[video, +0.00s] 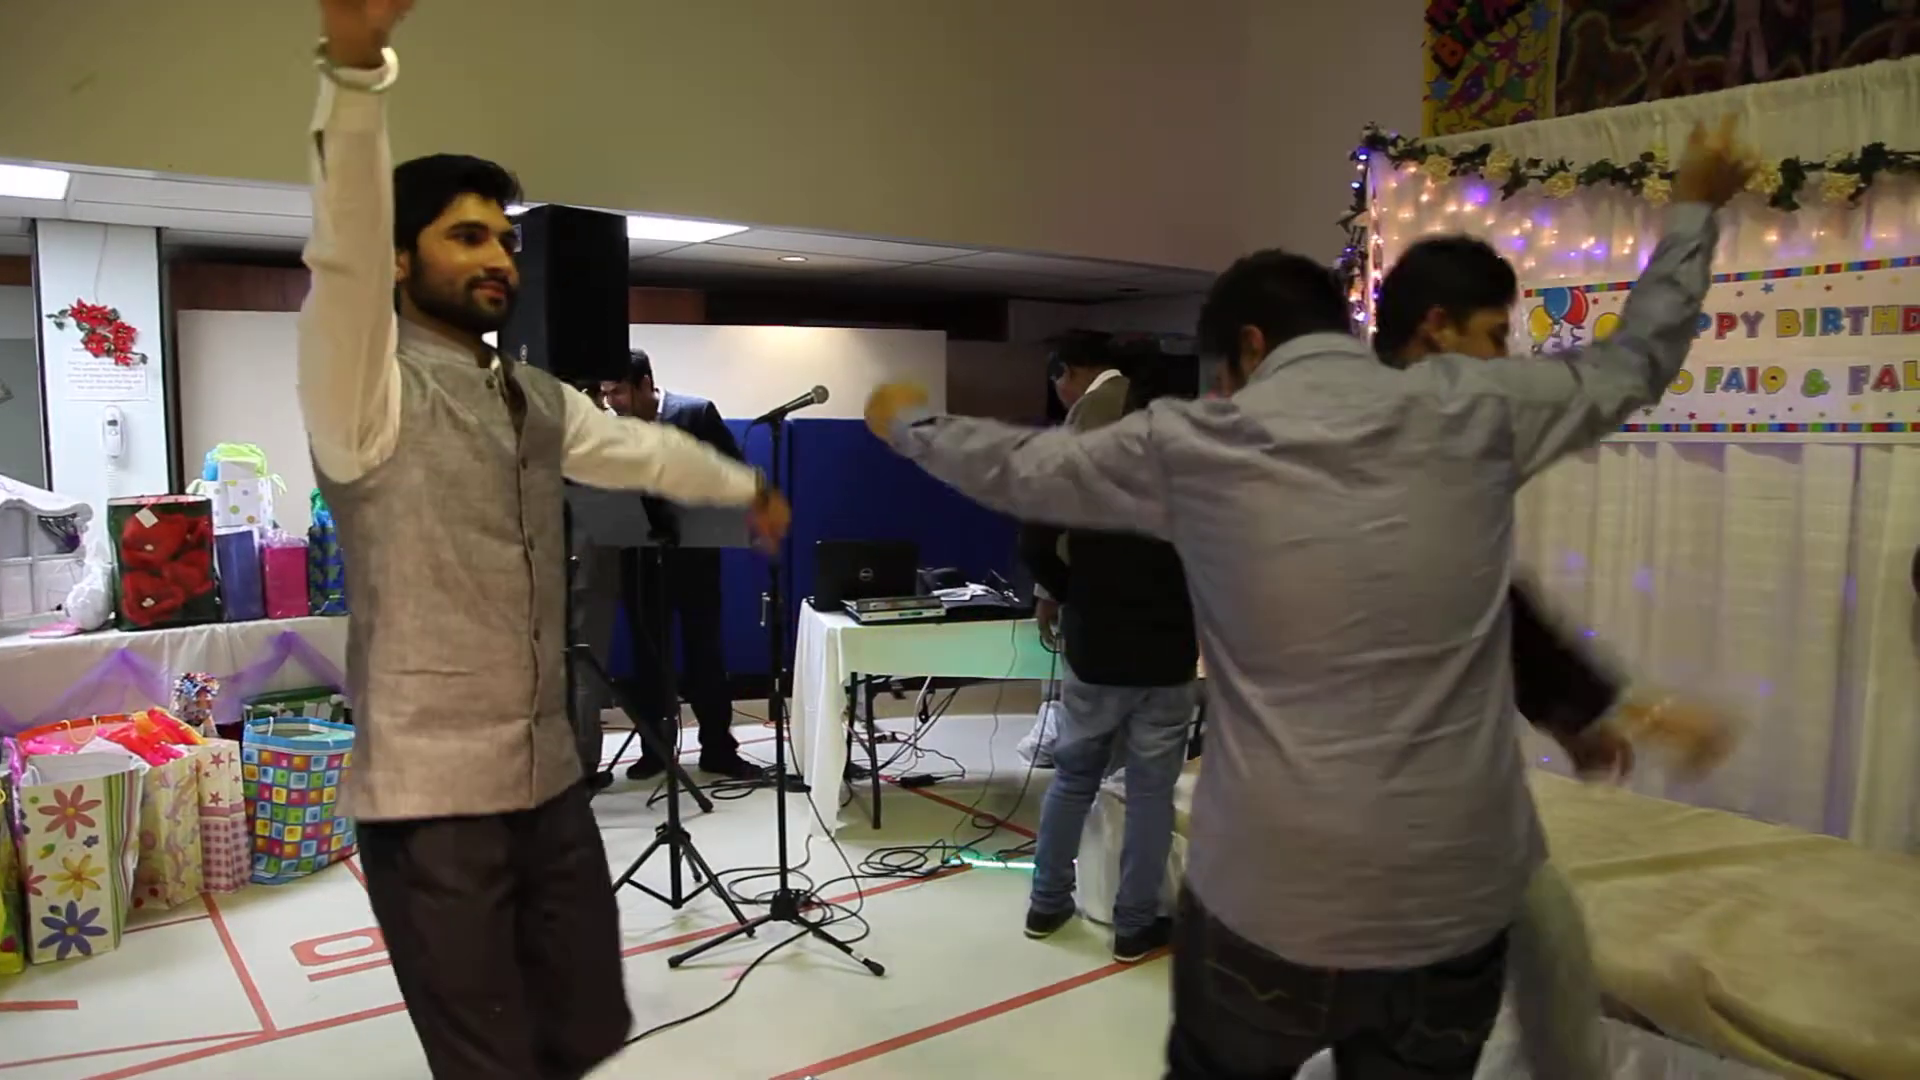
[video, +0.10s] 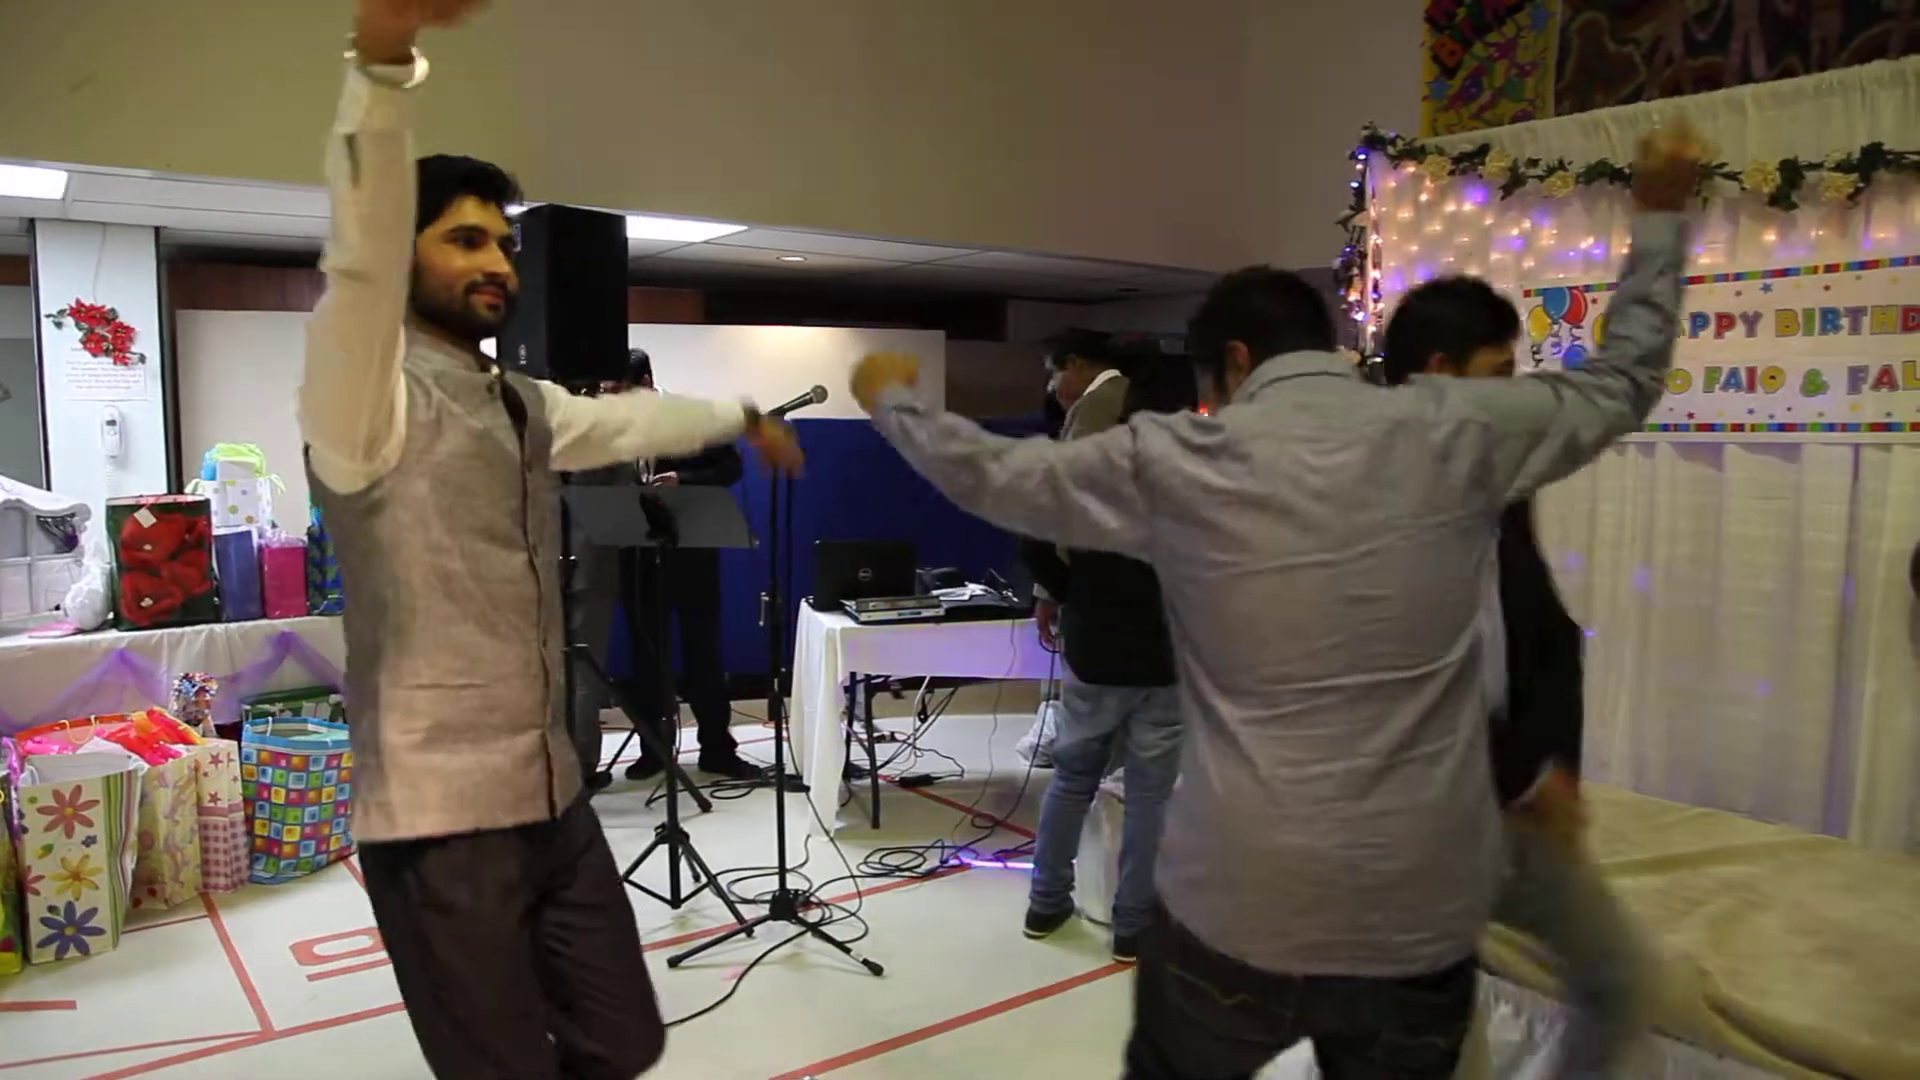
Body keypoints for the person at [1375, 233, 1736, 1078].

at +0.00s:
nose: (1509, 358)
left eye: (1508, 336)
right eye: (1496, 334)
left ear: (1438, 338)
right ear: (1432, 335)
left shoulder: (1443, 447)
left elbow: (1486, 605)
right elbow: (1489, 602)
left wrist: (1576, 719)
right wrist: (1620, 706)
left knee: (1555, 941)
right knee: (1551, 941)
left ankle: (1573, 1064)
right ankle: (1569, 1064)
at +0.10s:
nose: (1516, 394)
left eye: (1515, 373)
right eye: (1498, 373)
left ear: (1443, 374)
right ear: (1431, 375)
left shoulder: (1492, 486)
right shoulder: (1363, 495)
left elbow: (1551, 633)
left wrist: (1558, 762)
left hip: (1494, 793)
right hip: (1396, 801)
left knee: (1618, 974)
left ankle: (1563, 1071)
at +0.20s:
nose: (1511, 392)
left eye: (1517, 369)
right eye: (1492, 368)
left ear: (1520, 383)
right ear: (1436, 376)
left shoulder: (1518, 481)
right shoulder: (1374, 493)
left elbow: (1555, 639)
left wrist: (1515, 774)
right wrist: (1467, 783)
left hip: (1517, 787)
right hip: (1417, 801)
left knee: (1697, 948)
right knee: (1437, 1041)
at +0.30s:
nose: (1538, 351)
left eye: (1539, 332)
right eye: (1514, 334)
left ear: (1534, 348)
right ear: (1452, 345)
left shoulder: (1551, 439)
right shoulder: (1387, 460)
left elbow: (1625, 596)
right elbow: (1369, 633)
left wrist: (1553, 720)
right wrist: (1443, 750)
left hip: (1557, 754)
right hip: (1439, 778)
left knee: (1727, 916)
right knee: (1436, 1017)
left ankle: (1739, 1073)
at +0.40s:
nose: (1575, 373)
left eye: (1579, 352)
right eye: (1556, 353)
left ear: (1580, 350)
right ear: (1489, 349)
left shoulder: (1604, 428)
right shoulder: (1413, 440)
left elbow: (1732, 556)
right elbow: (1328, 573)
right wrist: (1381, 702)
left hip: (1572, 748)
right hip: (1446, 759)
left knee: (1738, 888)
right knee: (1447, 1005)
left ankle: (1833, 1068)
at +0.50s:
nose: (1622, 400)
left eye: (1627, 380)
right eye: (1604, 381)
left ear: (1634, 376)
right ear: (1532, 377)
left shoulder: (1654, 460)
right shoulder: (1450, 455)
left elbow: (1772, 556)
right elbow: (1322, 543)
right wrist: (1308, 665)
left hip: (1592, 757)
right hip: (1462, 767)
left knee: (1753, 909)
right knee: (1440, 998)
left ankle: (1857, 1074)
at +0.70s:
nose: (1738, 400)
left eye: (1747, 380)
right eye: (1719, 381)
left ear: (1752, 370)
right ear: (1648, 368)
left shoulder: (1770, 452)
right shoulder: (1553, 415)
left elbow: (1852, 602)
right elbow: (1422, 487)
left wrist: (1918, 706)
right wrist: (1299, 580)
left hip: (1666, 773)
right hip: (1526, 760)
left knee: (1735, 999)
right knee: (1446, 955)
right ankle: (1437, 1077)